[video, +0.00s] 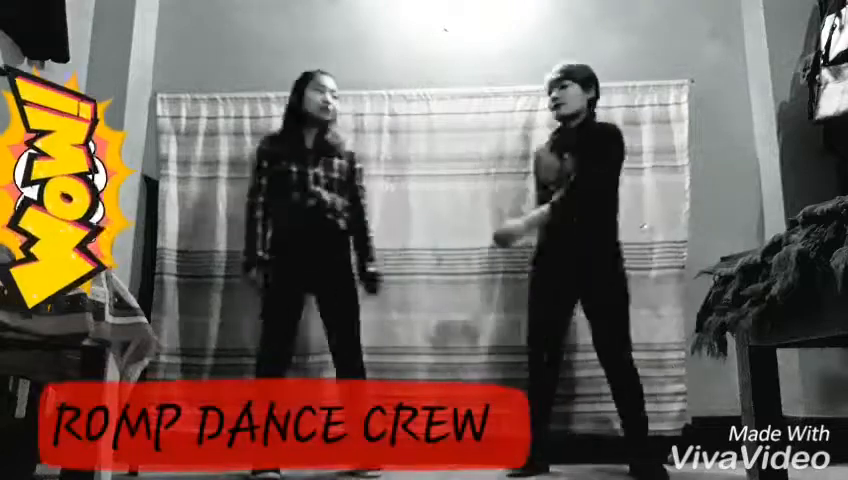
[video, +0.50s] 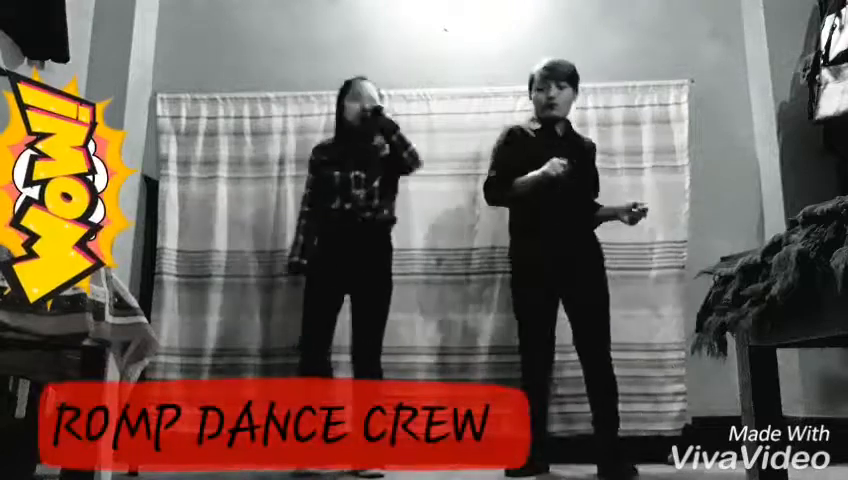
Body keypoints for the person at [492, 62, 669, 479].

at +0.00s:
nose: (554, 94)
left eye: (563, 87)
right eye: (552, 89)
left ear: (589, 93)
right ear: (553, 100)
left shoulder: (607, 135)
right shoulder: (548, 148)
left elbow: (583, 193)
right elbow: (545, 208)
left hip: (598, 259)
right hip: (553, 261)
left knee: (616, 357)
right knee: (542, 354)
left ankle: (640, 455)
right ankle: (533, 452)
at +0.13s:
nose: (538, 104)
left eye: (548, 96)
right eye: (535, 98)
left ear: (573, 102)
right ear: (532, 107)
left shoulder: (595, 153)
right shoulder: (521, 157)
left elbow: (603, 219)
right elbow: (502, 201)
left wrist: (563, 240)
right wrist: (493, 221)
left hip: (573, 274)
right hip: (523, 274)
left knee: (598, 366)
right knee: (525, 369)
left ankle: (626, 456)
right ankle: (531, 456)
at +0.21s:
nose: (538, 104)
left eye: (548, 97)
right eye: (534, 97)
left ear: (570, 102)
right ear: (529, 103)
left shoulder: (590, 152)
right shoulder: (512, 151)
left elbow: (605, 206)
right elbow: (481, 199)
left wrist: (615, 230)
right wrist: (504, 201)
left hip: (575, 269)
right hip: (525, 270)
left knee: (590, 359)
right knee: (529, 362)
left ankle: (607, 453)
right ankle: (529, 453)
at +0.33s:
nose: (549, 101)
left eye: (559, 94)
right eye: (542, 94)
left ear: (574, 100)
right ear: (532, 99)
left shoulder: (585, 152)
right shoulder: (517, 144)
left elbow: (589, 214)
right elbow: (497, 196)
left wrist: (625, 217)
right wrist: (546, 180)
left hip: (582, 268)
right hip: (534, 269)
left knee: (596, 360)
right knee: (536, 364)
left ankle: (610, 454)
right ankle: (533, 454)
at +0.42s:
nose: (552, 102)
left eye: (561, 94)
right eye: (544, 94)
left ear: (576, 102)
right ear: (534, 100)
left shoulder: (586, 153)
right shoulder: (517, 146)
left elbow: (592, 215)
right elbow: (495, 194)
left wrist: (627, 216)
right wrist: (543, 175)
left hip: (586, 269)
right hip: (536, 270)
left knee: (601, 362)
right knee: (536, 365)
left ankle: (611, 457)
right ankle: (534, 455)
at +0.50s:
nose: (549, 94)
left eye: (559, 87)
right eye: (541, 88)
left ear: (574, 95)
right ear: (530, 96)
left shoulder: (582, 148)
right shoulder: (515, 140)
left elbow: (584, 212)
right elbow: (493, 193)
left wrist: (619, 212)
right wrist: (539, 175)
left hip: (581, 263)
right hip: (532, 265)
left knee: (597, 359)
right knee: (536, 363)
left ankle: (610, 456)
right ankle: (533, 455)